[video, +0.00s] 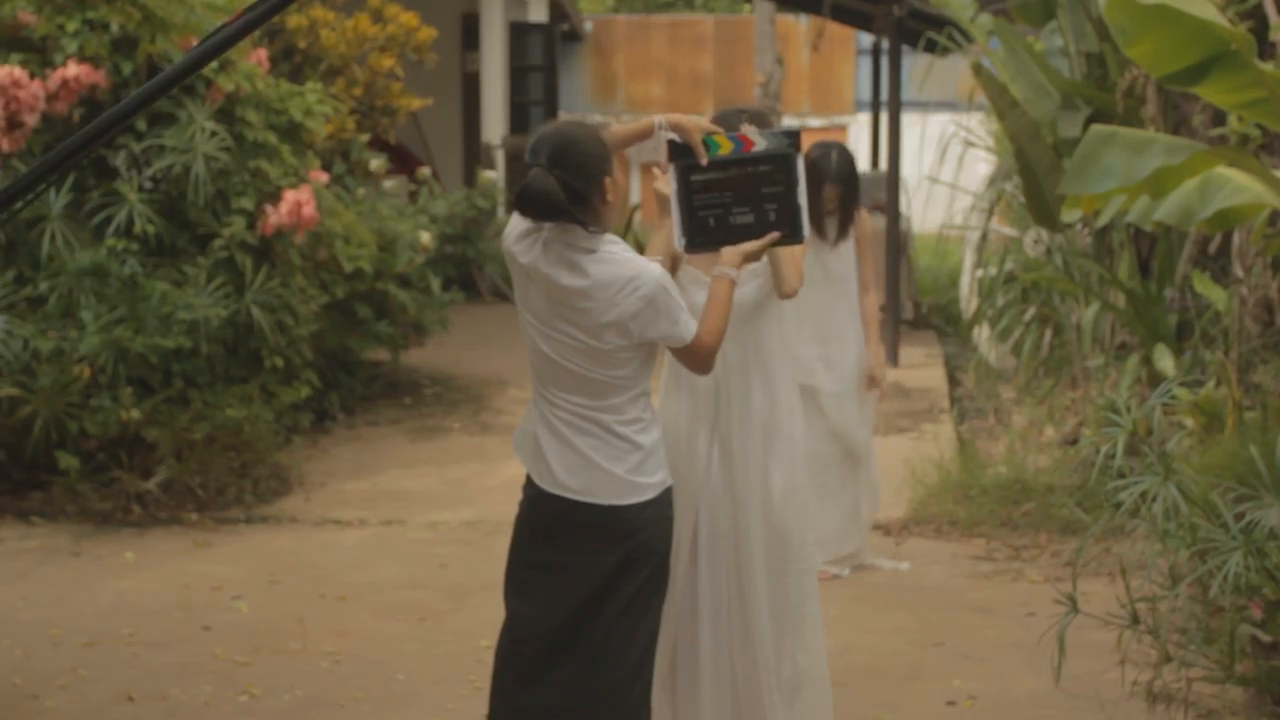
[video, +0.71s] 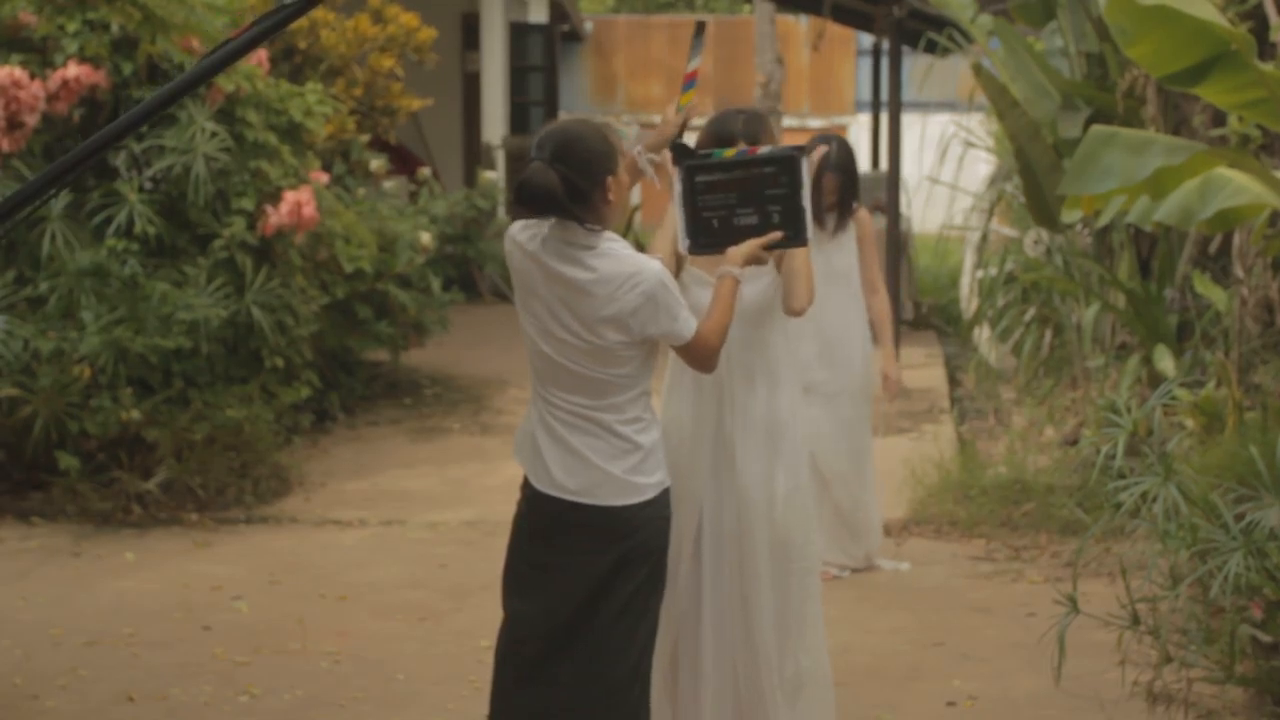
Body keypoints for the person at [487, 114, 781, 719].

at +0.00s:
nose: (623, 179)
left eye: (615, 166)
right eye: (617, 169)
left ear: (544, 181)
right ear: (607, 186)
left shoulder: (523, 243)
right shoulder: (637, 278)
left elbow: (559, 162)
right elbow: (699, 355)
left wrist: (654, 126)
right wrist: (727, 269)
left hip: (551, 488)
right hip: (629, 496)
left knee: (527, 654)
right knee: (618, 666)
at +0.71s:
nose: (631, 177)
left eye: (628, 166)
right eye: (625, 169)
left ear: (553, 181)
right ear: (607, 188)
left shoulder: (522, 242)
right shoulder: (638, 277)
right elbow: (702, 353)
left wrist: (640, 150)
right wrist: (733, 269)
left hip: (548, 488)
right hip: (626, 496)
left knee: (526, 655)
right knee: (616, 666)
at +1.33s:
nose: (613, 205)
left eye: (619, 189)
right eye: (595, 194)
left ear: (628, 184)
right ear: (549, 198)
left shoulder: (576, 253)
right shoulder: (551, 263)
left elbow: (588, 347)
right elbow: (565, 400)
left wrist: (654, 309)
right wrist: (658, 366)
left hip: (542, 484)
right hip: (515, 488)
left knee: (594, 677)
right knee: (543, 682)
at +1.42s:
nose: (602, 209)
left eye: (609, 192)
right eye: (583, 197)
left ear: (621, 187)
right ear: (540, 201)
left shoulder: (584, 261)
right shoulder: (536, 269)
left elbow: (572, 367)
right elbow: (527, 404)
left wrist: (641, 360)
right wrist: (626, 391)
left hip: (536, 493)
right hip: (500, 494)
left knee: (575, 680)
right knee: (530, 682)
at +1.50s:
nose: (586, 215)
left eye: (595, 197)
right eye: (567, 203)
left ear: (607, 191)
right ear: (527, 206)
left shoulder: (586, 265)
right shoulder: (519, 278)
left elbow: (560, 381)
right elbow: (485, 414)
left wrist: (614, 387)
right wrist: (591, 411)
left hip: (538, 501)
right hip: (489, 503)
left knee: (552, 678)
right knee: (523, 688)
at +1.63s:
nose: (548, 230)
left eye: (559, 210)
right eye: (526, 219)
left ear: (578, 201)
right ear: (494, 219)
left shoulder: (583, 281)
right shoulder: (476, 298)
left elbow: (573, 387)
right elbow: (433, 432)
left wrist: (612, 428)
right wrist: (534, 432)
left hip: (542, 532)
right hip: (473, 535)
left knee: (544, 680)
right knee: (492, 696)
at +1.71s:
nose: (511, 238)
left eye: (524, 216)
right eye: (489, 224)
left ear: (549, 207)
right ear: (464, 227)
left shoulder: (572, 290)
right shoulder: (442, 309)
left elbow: (569, 392)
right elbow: (403, 444)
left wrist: (604, 456)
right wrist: (502, 446)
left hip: (545, 555)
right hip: (460, 561)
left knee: (548, 699)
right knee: (469, 709)